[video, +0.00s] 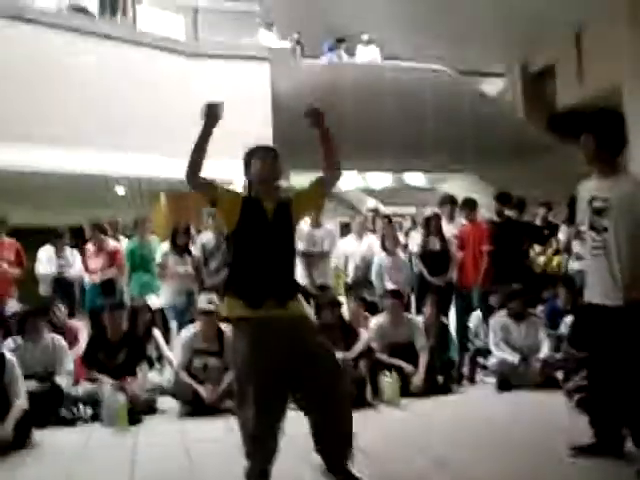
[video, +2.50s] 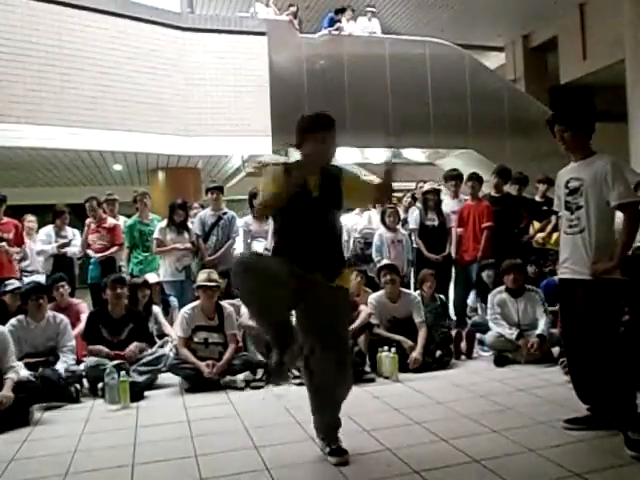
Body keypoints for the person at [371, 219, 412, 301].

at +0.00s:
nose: (392, 242)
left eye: (394, 239)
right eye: (388, 239)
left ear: (397, 241)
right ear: (383, 241)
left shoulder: (403, 261)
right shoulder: (380, 259)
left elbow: (409, 276)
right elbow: (375, 276)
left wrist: (408, 288)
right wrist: (380, 290)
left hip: (403, 291)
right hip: (389, 291)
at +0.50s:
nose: (390, 219)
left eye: (392, 216)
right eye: (387, 216)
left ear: (396, 218)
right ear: (382, 218)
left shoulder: (401, 233)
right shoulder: (379, 234)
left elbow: (407, 249)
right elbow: (374, 251)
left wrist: (406, 264)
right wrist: (379, 264)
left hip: (401, 267)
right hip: (385, 268)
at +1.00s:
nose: (390, 219)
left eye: (393, 216)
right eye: (387, 216)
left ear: (397, 218)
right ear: (382, 218)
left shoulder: (403, 234)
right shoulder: (379, 235)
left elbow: (408, 249)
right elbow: (374, 251)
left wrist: (407, 262)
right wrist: (379, 262)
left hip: (402, 269)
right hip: (386, 268)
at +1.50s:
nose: (391, 219)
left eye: (394, 216)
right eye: (388, 216)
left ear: (397, 218)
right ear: (383, 218)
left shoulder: (403, 234)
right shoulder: (380, 234)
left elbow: (408, 249)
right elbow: (376, 252)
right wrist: (381, 263)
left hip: (403, 269)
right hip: (387, 269)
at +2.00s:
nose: (392, 219)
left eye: (394, 216)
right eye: (389, 216)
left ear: (398, 218)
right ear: (383, 218)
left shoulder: (403, 234)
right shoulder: (380, 234)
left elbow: (409, 250)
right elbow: (376, 252)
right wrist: (382, 264)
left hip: (403, 269)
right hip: (387, 270)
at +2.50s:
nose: (392, 219)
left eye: (395, 217)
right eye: (389, 216)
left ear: (398, 218)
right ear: (384, 218)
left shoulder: (403, 234)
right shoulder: (380, 234)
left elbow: (408, 250)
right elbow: (376, 252)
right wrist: (381, 264)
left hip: (403, 269)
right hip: (387, 269)